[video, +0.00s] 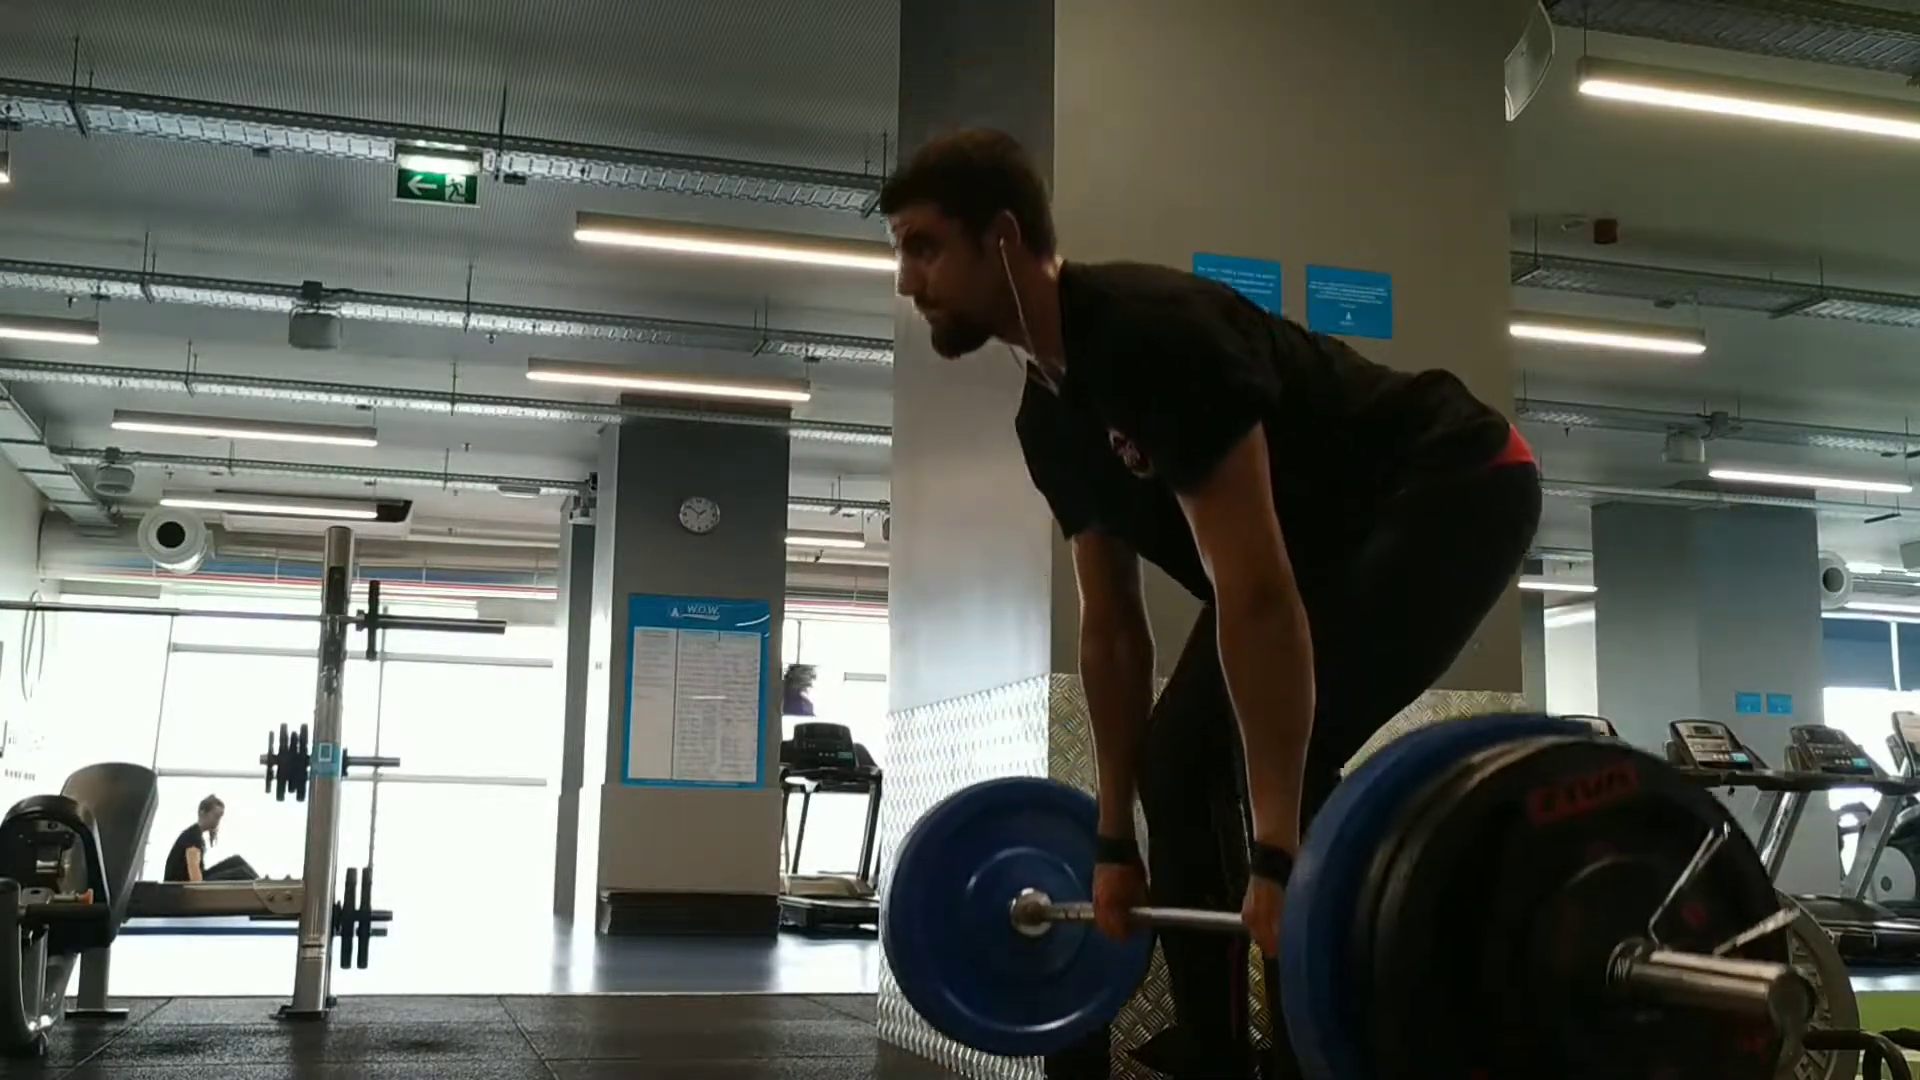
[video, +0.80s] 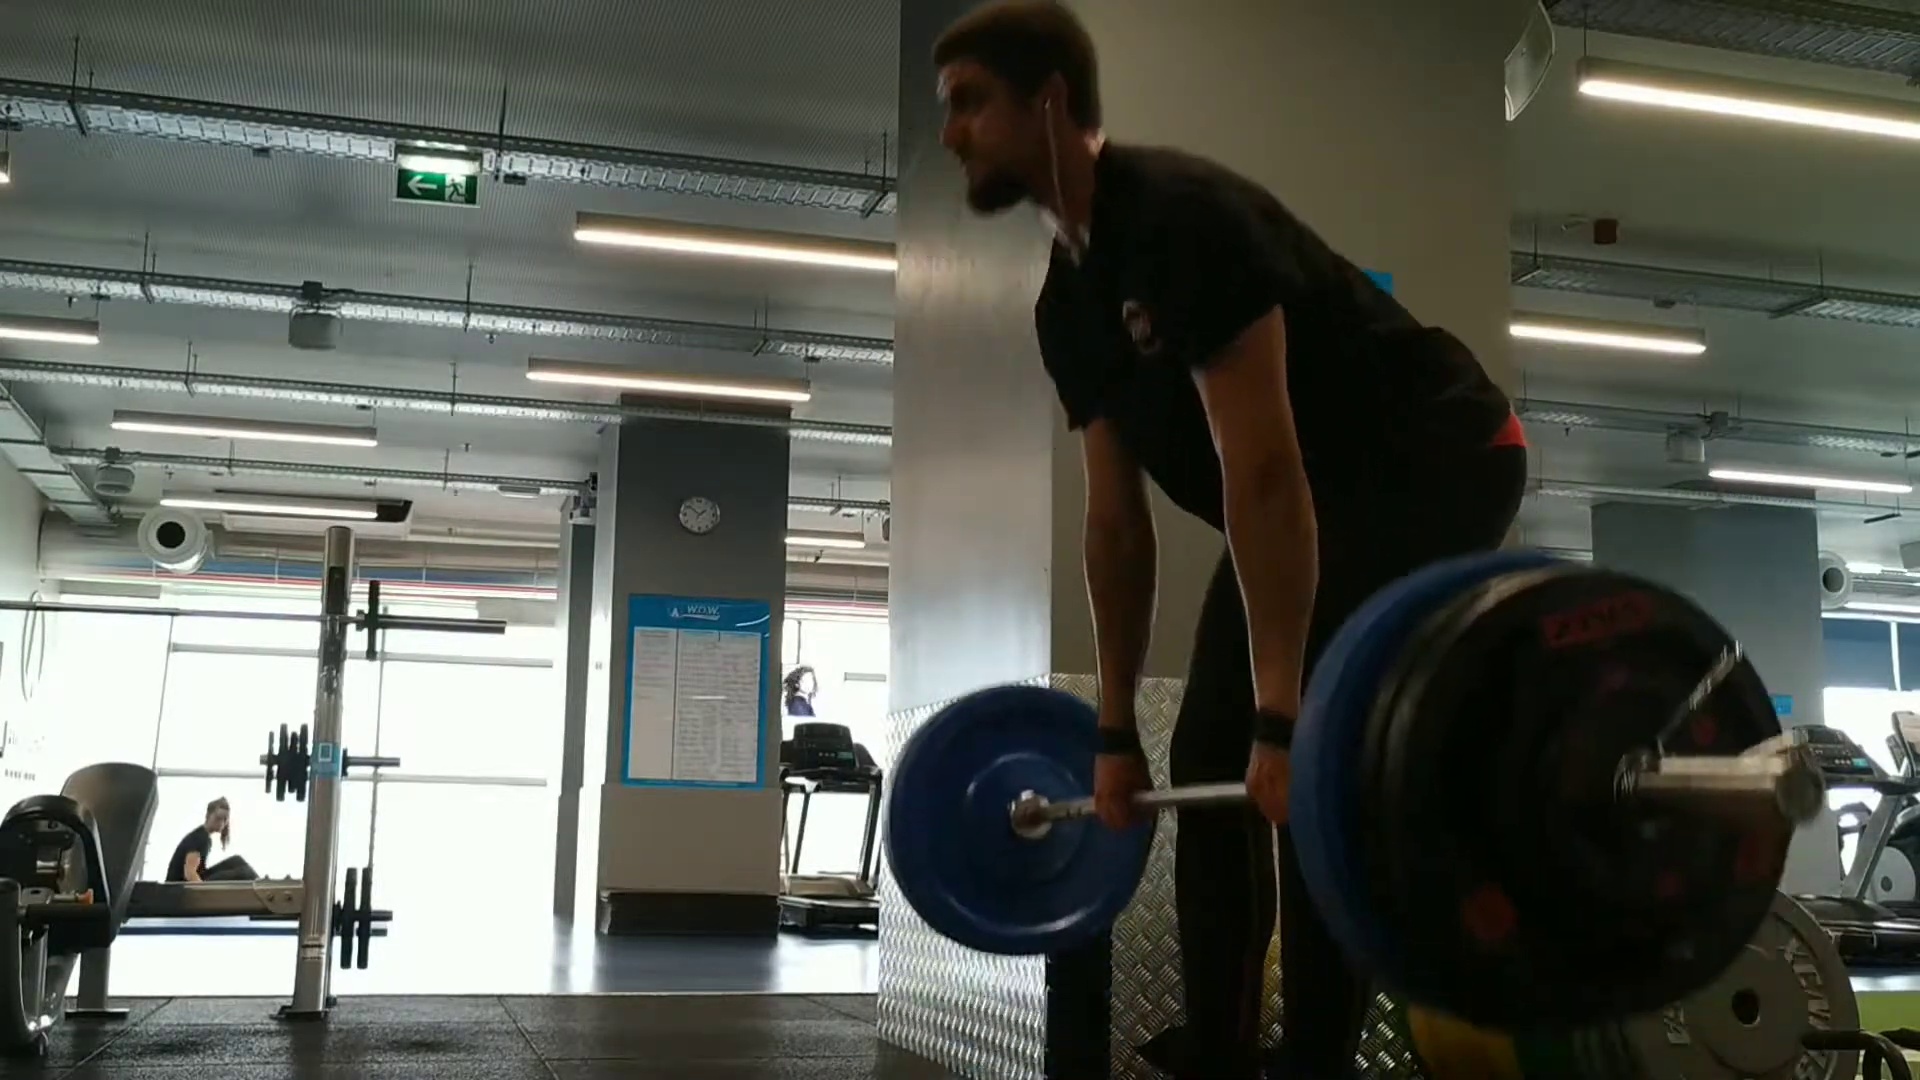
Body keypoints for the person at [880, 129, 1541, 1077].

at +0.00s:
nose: (905, 283)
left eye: (923, 249)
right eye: (901, 256)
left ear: (1006, 238)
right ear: (998, 249)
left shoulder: (1152, 329)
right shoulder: (1049, 418)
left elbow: (1259, 594)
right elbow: (1108, 626)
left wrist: (1277, 854)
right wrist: (1114, 840)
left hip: (1451, 487)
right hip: (1313, 527)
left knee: (1282, 761)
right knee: (1175, 763)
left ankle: (1310, 1040)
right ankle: (1210, 1039)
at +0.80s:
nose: (949, 133)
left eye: (967, 103)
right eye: (945, 109)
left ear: (1052, 100)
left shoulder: (1184, 215)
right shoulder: (1065, 303)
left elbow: (1270, 480)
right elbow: (1116, 521)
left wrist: (1278, 723)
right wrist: (1117, 730)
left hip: (1427, 470)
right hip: (1290, 498)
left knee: (1330, 756)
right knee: (1212, 750)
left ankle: (1318, 1052)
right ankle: (1216, 1043)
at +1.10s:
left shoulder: (1248, 69)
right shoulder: (1129, 136)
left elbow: (1283, 317)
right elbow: (1126, 376)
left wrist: (1272, 544)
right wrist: (1110, 579)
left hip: (1327, 483)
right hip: (1220, 490)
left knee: (1294, 776)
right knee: (1200, 769)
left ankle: (1314, 1060)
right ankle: (1215, 1050)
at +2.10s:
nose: (972, 120)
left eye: (989, 90)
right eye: (966, 97)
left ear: (1067, 84)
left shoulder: (1201, 204)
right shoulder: (1078, 285)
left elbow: (1277, 456)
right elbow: (1123, 497)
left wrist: (1285, 705)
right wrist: (1116, 714)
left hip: (1423, 488)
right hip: (1285, 516)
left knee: (1314, 766)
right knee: (1199, 756)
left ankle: (1316, 1059)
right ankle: (1213, 1049)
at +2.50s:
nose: (922, 288)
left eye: (938, 255)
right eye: (918, 263)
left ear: (1020, 242)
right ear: (1012, 252)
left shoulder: (1172, 341)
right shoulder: (1061, 424)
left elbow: (1270, 605)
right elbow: (1114, 631)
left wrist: (1287, 868)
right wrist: (1116, 843)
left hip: (1458, 491)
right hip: (1318, 530)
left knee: (1295, 754)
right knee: (1179, 758)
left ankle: (1312, 1047)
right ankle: (1210, 1037)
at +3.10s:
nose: (963, 123)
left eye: (981, 95)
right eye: (960, 101)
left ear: (1064, 96)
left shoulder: (1192, 210)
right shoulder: (1072, 298)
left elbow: (1274, 465)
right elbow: (1121, 503)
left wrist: (1284, 714)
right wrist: (1120, 723)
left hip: (1426, 482)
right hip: (1289, 509)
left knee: (1314, 762)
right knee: (1201, 754)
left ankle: (1312, 1056)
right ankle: (1211, 1042)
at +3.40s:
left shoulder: (1283, 67)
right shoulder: (1153, 143)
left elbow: (1307, 314)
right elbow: (1147, 371)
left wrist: (1286, 539)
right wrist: (1124, 576)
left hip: (1308, 500)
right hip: (1211, 503)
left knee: (1280, 778)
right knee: (1186, 775)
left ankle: (1311, 1056)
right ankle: (1211, 1046)